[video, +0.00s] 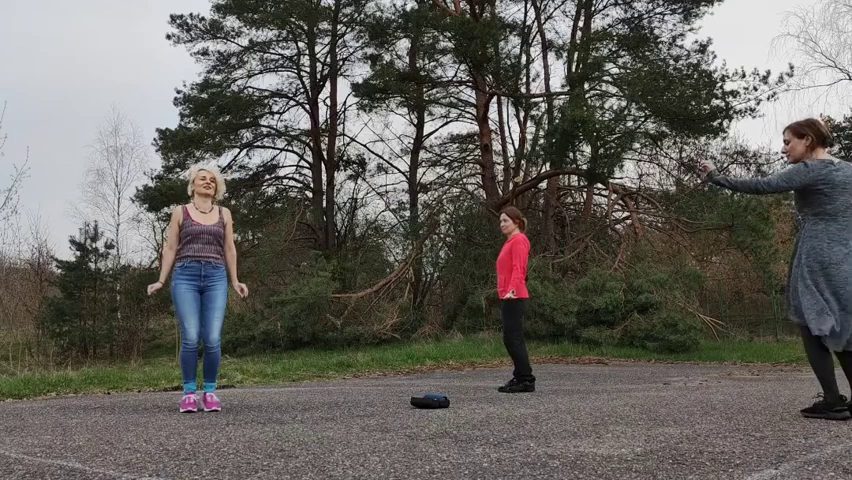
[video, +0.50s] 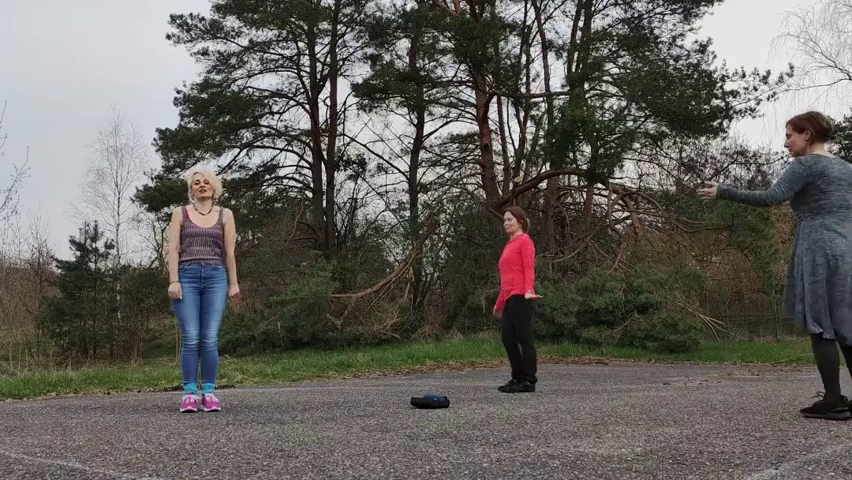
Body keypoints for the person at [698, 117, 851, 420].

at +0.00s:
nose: (784, 149)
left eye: (788, 142)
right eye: (784, 143)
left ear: (807, 140)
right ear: (812, 142)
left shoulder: (808, 170)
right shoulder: (844, 168)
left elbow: (764, 185)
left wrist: (715, 177)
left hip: (817, 256)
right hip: (845, 255)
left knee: (809, 325)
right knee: (840, 328)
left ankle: (833, 399)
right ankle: (848, 396)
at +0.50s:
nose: (786, 142)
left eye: (790, 135)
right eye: (786, 136)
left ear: (807, 134)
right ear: (814, 136)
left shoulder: (805, 165)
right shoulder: (845, 166)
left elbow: (770, 196)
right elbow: (844, 208)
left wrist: (724, 191)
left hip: (818, 249)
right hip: (847, 248)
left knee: (819, 323)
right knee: (842, 323)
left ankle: (833, 398)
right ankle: (843, 397)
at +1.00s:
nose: (786, 139)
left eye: (789, 134)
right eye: (787, 133)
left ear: (801, 134)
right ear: (821, 134)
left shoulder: (797, 164)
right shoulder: (844, 166)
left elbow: (796, 213)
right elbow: (847, 210)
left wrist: (797, 255)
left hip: (822, 252)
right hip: (848, 251)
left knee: (823, 325)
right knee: (846, 325)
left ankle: (833, 398)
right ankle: (841, 397)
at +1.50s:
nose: (782, 136)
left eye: (787, 130)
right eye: (783, 130)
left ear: (806, 133)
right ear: (812, 134)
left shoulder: (798, 164)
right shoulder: (841, 169)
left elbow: (794, 213)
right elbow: (847, 213)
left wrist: (775, 251)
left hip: (822, 249)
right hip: (845, 247)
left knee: (827, 324)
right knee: (837, 324)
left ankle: (834, 398)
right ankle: (836, 397)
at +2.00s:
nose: (793, 135)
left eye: (801, 129)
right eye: (789, 130)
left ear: (818, 134)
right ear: (786, 136)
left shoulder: (818, 165)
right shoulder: (804, 167)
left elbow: (831, 207)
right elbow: (810, 213)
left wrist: (840, 243)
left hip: (819, 252)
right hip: (812, 251)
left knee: (823, 324)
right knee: (835, 325)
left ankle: (834, 398)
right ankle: (836, 396)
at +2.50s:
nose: (774, 132)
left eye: (781, 127)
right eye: (776, 127)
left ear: (798, 133)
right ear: (801, 134)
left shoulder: (796, 164)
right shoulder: (824, 166)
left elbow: (805, 197)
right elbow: (830, 207)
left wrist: (815, 227)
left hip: (810, 251)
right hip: (834, 248)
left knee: (822, 324)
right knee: (841, 324)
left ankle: (833, 399)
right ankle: (841, 397)